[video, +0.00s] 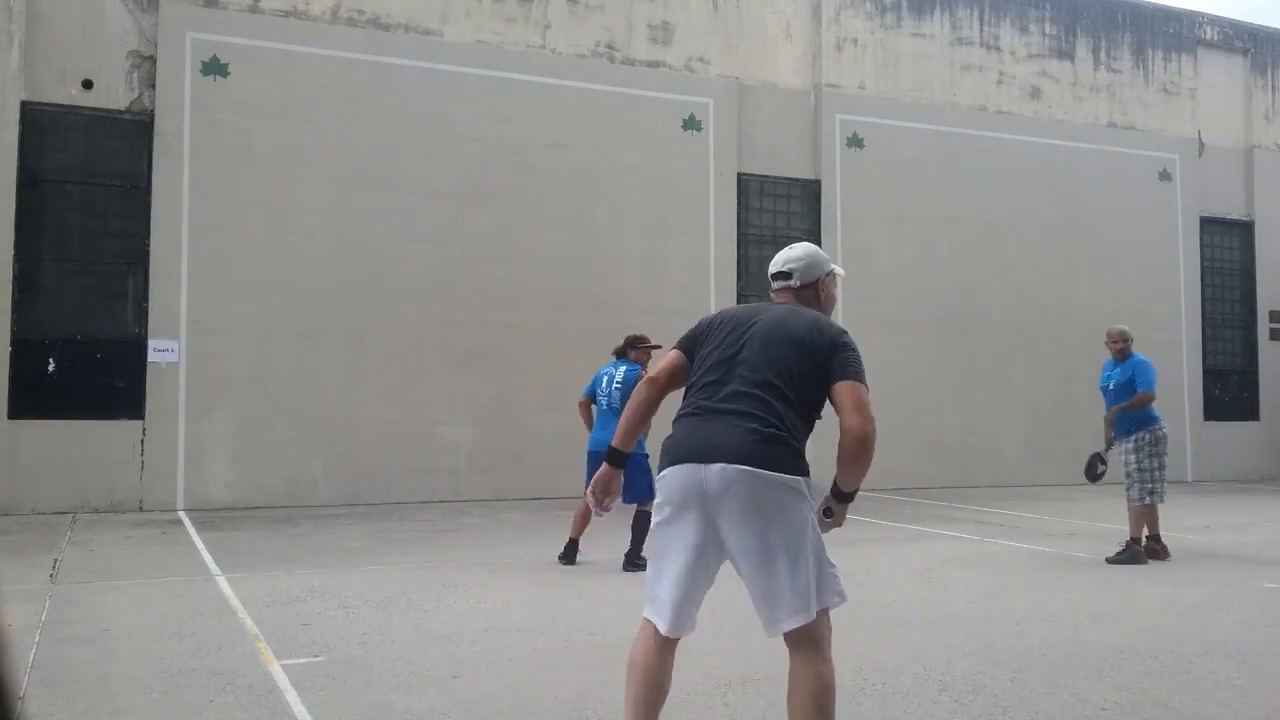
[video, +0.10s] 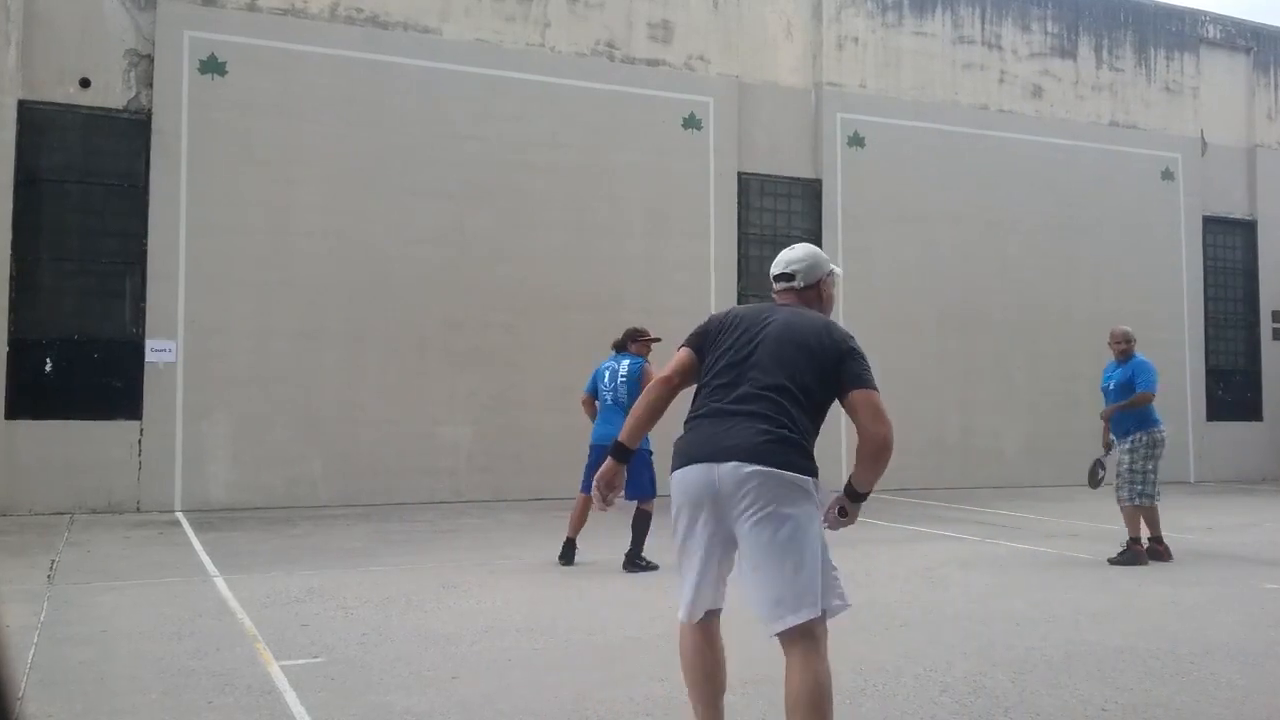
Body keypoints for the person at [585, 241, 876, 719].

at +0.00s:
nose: (835, 295)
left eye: (834, 286)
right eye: (833, 286)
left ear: (777, 289)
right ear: (821, 287)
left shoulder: (718, 321)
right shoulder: (829, 335)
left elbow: (653, 380)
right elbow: (858, 428)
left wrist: (615, 460)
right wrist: (840, 498)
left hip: (681, 465)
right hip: (763, 469)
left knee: (659, 623)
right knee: (807, 636)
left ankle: (637, 715)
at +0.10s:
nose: (834, 294)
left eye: (832, 285)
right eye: (831, 285)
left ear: (775, 290)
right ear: (821, 288)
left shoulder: (722, 321)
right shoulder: (833, 338)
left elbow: (666, 381)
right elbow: (877, 434)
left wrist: (618, 455)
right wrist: (853, 498)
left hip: (692, 467)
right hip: (772, 468)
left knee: (697, 613)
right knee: (802, 636)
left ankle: (707, 715)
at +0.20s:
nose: (813, 301)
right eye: (813, 295)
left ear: (759, 296)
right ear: (811, 297)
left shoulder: (720, 331)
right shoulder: (827, 343)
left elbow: (665, 393)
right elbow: (881, 430)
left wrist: (617, 465)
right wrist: (860, 491)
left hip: (705, 479)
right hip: (780, 474)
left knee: (729, 604)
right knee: (802, 629)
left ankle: (769, 714)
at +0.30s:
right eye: (790, 294)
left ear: (739, 297)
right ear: (788, 298)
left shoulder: (709, 342)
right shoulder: (811, 342)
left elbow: (658, 412)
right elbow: (867, 415)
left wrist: (619, 484)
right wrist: (869, 481)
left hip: (716, 483)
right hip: (787, 477)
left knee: (752, 615)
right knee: (820, 624)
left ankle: (799, 714)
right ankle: (830, 715)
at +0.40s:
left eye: (717, 299)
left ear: (716, 303)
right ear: (762, 302)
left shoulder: (694, 351)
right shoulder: (791, 341)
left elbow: (651, 433)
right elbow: (843, 397)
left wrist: (631, 488)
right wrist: (869, 466)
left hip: (723, 485)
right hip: (790, 480)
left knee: (751, 614)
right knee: (826, 606)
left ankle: (799, 715)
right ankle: (843, 695)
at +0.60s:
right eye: (735, 292)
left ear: (694, 293)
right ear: (737, 294)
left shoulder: (668, 334)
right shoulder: (758, 331)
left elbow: (632, 402)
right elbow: (798, 384)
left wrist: (666, 422)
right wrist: (823, 445)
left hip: (692, 463)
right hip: (751, 458)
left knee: (729, 582)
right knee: (765, 561)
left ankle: (776, 670)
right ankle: (771, 667)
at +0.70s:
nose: (691, 306)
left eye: (685, 300)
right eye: (711, 301)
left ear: (682, 301)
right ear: (723, 304)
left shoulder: (656, 341)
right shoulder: (741, 345)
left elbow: (621, 405)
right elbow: (777, 415)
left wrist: (643, 442)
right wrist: (787, 466)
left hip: (673, 468)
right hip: (731, 464)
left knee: (680, 568)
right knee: (752, 563)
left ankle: (723, 645)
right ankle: (771, 669)